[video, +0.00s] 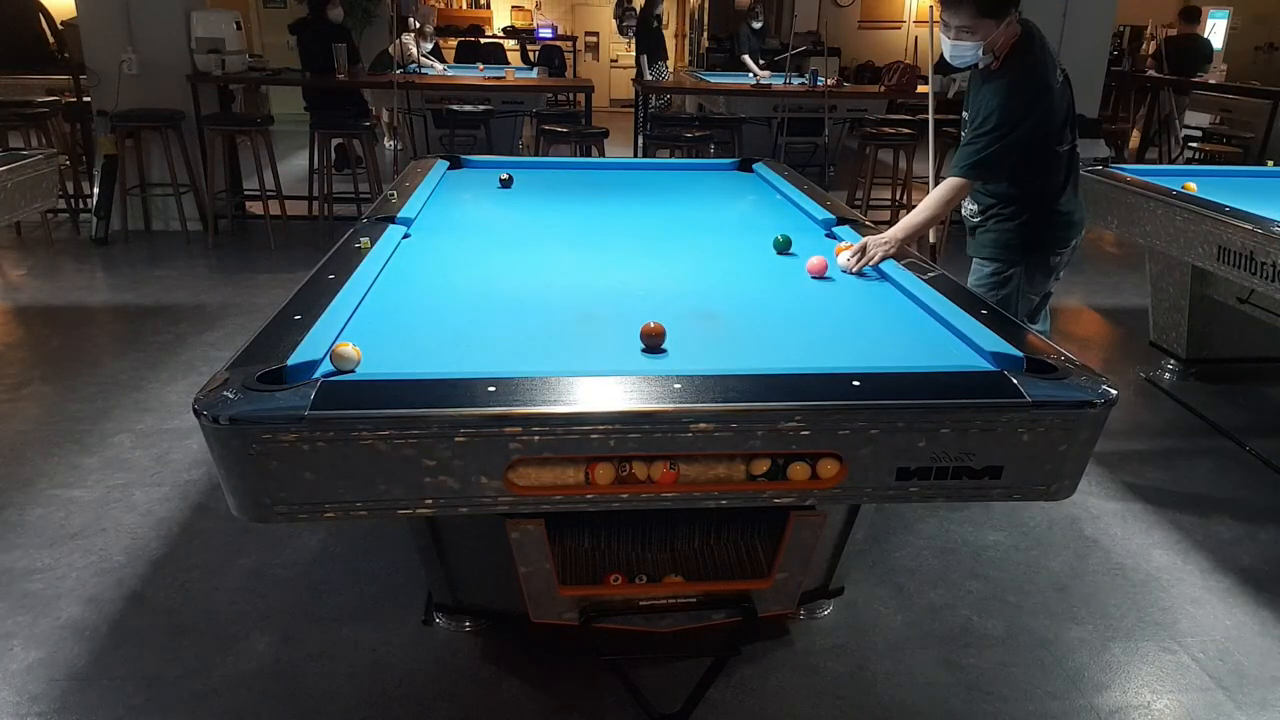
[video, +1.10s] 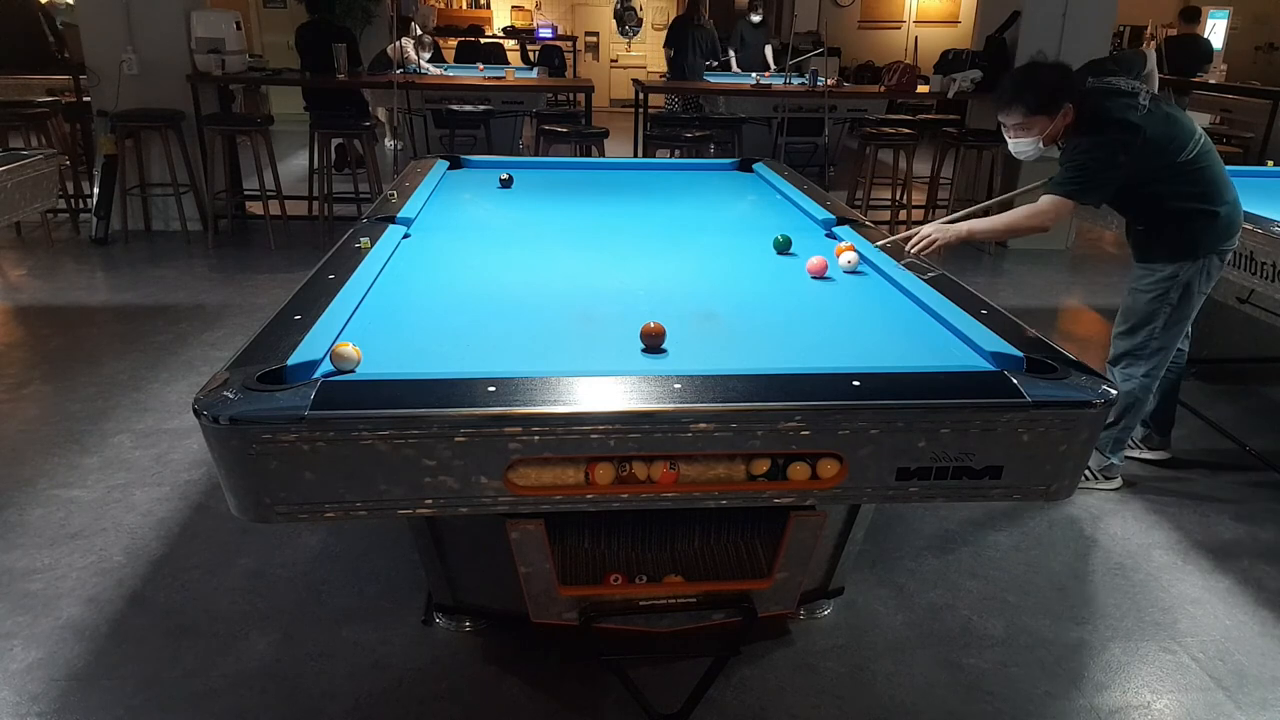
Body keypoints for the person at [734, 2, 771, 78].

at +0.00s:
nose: (757, 24)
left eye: (760, 22)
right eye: (755, 22)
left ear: (763, 19)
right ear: (749, 19)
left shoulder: (762, 28)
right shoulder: (743, 30)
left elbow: (757, 46)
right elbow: (744, 56)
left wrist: (759, 59)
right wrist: (759, 72)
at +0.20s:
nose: (757, 24)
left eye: (759, 22)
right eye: (754, 22)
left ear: (762, 19)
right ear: (749, 19)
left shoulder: (760, 28)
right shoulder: (742, 29)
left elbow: (756, 46)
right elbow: (740, 54)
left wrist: (760, 59)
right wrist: (749, 72)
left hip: (754, 66)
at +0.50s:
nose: (757, 25)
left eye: (759, 22)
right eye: (754, 22)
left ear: (763, 19)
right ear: (749, 18)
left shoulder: (761, 27)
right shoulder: (742, 29)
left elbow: (757, 46)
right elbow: (741, 55)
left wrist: (759, 60)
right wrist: (757, 70)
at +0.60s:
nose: (753, 14)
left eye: (756, 12)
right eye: (751, 11)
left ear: (760, 14)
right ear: (746, 12)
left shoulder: (759, 28)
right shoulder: (741, 27)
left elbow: (760, 47)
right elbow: (743, 52)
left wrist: (761, 62)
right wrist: (758, 70)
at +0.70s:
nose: (749, 14)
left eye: (753, 11)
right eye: (747, 11)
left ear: (758, 14)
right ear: (744, 12)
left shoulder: (760, 30)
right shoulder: (739, 29)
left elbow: (765, 48)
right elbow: (741, 52)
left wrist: (771, 65)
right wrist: (755, 69)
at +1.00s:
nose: (755, 19)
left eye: (757, 16)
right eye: (752, 16)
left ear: (760, 15)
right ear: (746, 14)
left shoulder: (762, 27)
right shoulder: (739, 27)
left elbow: (767, 46)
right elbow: (735, 50)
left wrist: (772, 66)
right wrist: (748, 68)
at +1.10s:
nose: (757, 18)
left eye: (760, 16)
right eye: (754, 15)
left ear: (763, 14)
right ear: (749, 13)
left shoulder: (763, 25)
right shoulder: (741, 25)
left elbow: (767, 46)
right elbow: (731, 48)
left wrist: (772, 66)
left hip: (761, 70)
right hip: (743, 71)